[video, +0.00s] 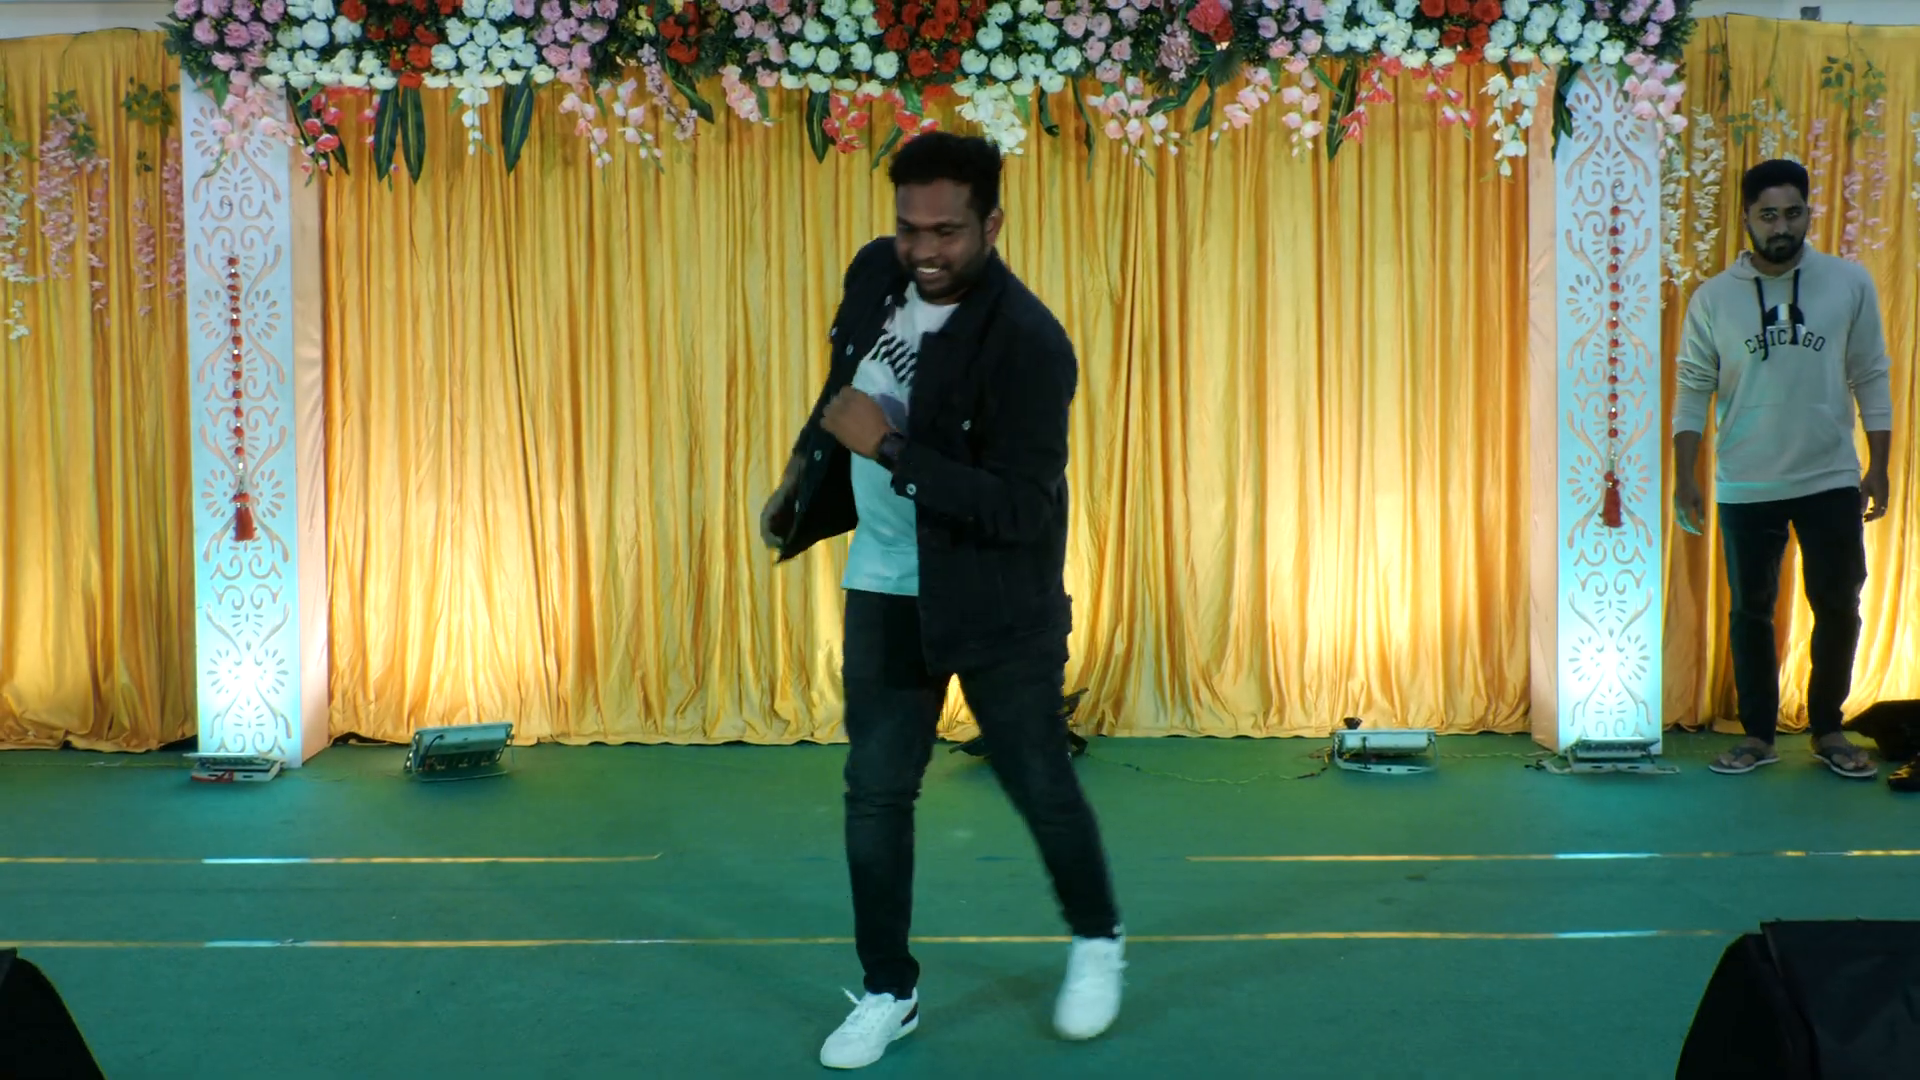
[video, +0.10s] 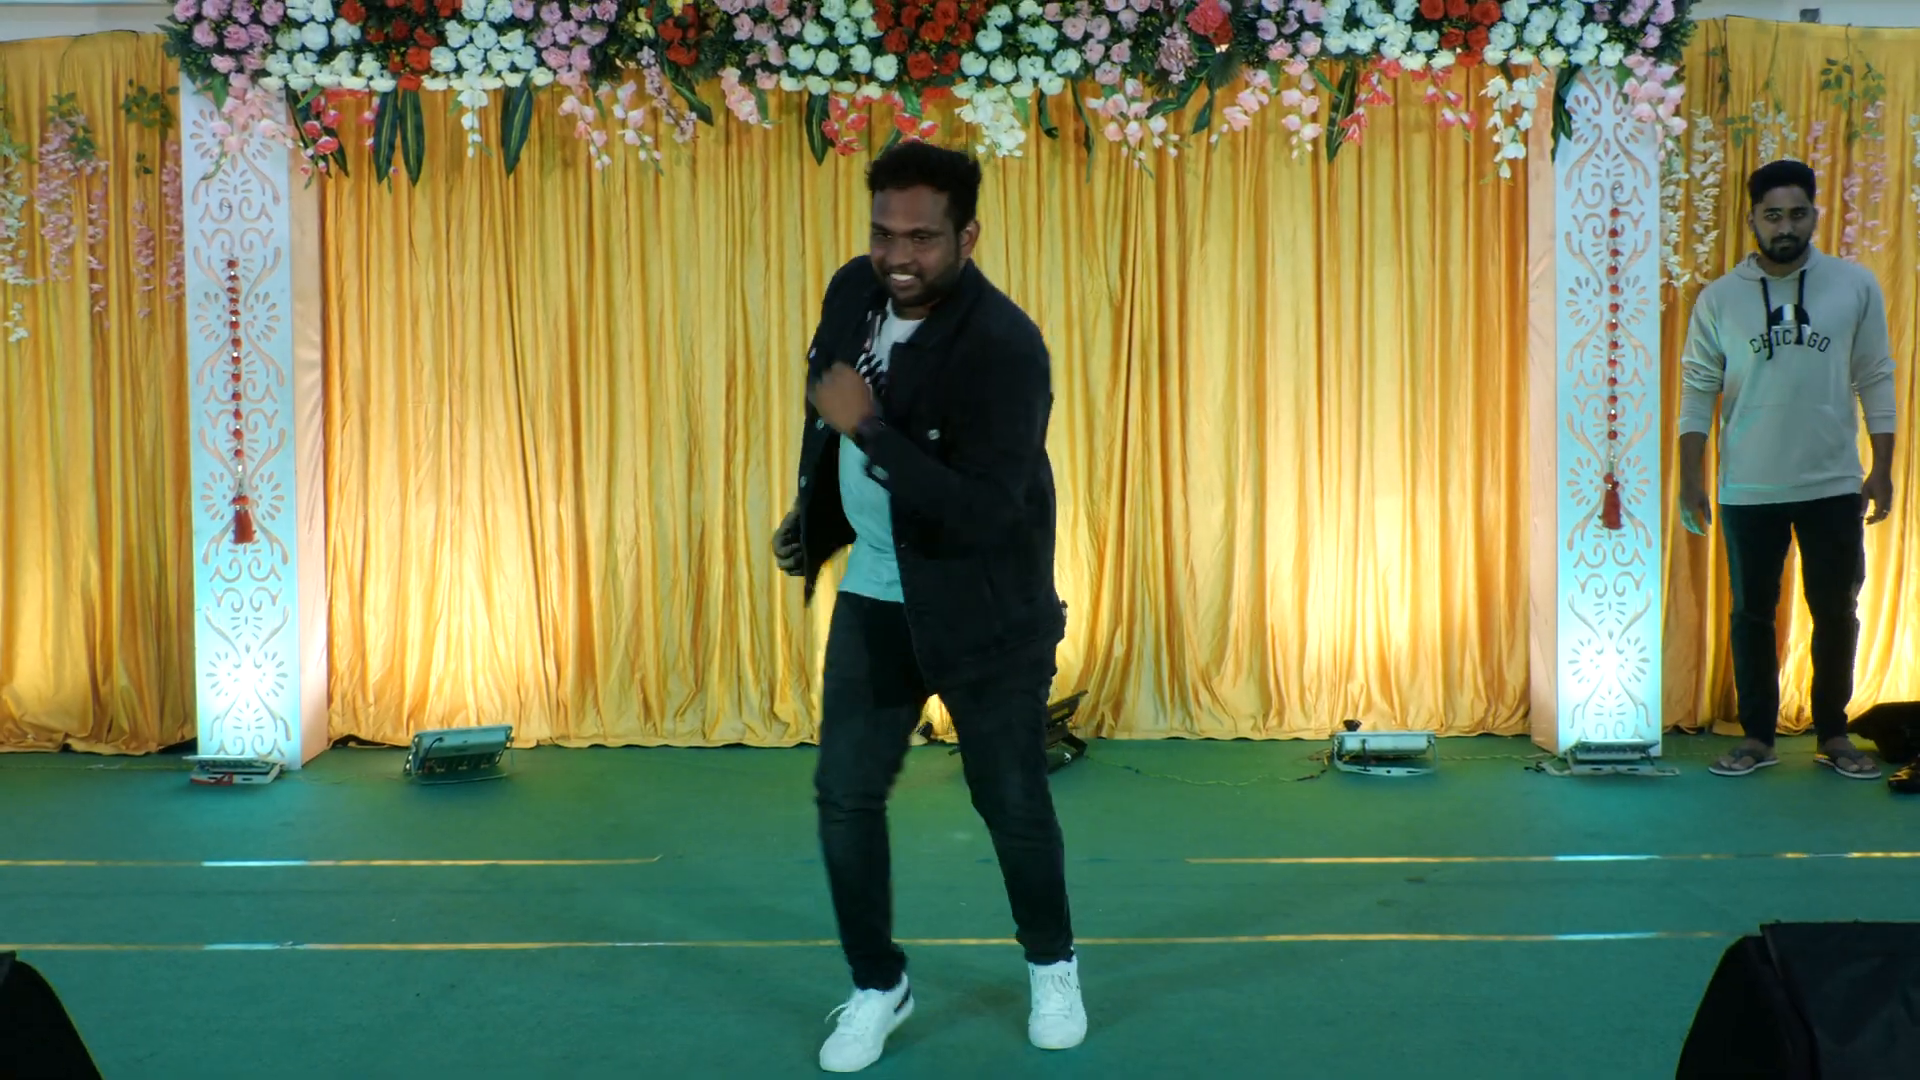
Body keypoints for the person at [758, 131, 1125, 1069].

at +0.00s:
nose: (924, 251)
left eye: (945, 233)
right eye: (910, 230)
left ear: (991, 224)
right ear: (894, 219)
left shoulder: (1028, 343)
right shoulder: (874, 276)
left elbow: (1025, 512)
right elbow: (850, 393)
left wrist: (891, 447)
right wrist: (807, 481)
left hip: (995, 600)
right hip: (887, 591)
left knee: (1037, 777)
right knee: (875, 790)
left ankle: (1096, 938)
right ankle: (887, 990)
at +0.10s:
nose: (897, 255)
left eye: (919, 239)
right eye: (884, 233)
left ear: (966, 238)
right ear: (869, 228)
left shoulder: (1005, 345)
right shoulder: (854, 293)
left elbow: (987, 511)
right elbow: (832, 417)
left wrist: (868, 430)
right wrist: (814, 517)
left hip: (985, 611)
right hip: (877, 601)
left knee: (1012, 798)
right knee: (845, 791)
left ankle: (1052, 964)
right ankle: (877, 983)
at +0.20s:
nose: (871, 249)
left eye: (894, 232)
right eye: (859, 228)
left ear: (940, 235)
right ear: (845, 226)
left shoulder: (974, 341)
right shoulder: (840, 300)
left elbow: (901, 482)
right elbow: (838, 433)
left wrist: (803, 398)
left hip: (970, 607)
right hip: (861, 588)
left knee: (1004, 797)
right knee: (790, 751)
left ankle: (1052, 965)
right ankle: (840, 954)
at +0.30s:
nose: (842, 213)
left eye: (867, 200)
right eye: (833, 192)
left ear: (913, 212)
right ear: (821, 189)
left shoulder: (925, 310)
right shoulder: (810, 267)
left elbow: (829, 451)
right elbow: (798, 393)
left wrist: (684, 405)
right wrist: (801, 479)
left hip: (954, 583)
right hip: (837, 575)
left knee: (1017, 762)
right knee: (772, 751)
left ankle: (1061, 947)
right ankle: (793, 976)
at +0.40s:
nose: (841, 222)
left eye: (866, 211)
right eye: (833, 202)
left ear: (910, 228)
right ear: (816, 201)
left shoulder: (901, 332)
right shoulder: (799, 282)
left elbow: (832, 493)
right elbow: (783, 424)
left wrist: (686, 528)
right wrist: (766, 535)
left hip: (906, 610)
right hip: (799, 610)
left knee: (1002, 754)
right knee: (759, 806)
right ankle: (782, 1015)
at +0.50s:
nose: (857, 266)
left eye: (883, 254)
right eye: (846, 242)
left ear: (915, 270)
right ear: (822, 238)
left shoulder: (908, 396)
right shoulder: (779, 319)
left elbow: (938, 559)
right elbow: (762, 432)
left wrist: (826, 624)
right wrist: (709, 470)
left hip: (876, 664)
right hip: (755, 661)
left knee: (981, 794)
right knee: (723, 836)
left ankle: (1060, 645)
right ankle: (782, 1022)